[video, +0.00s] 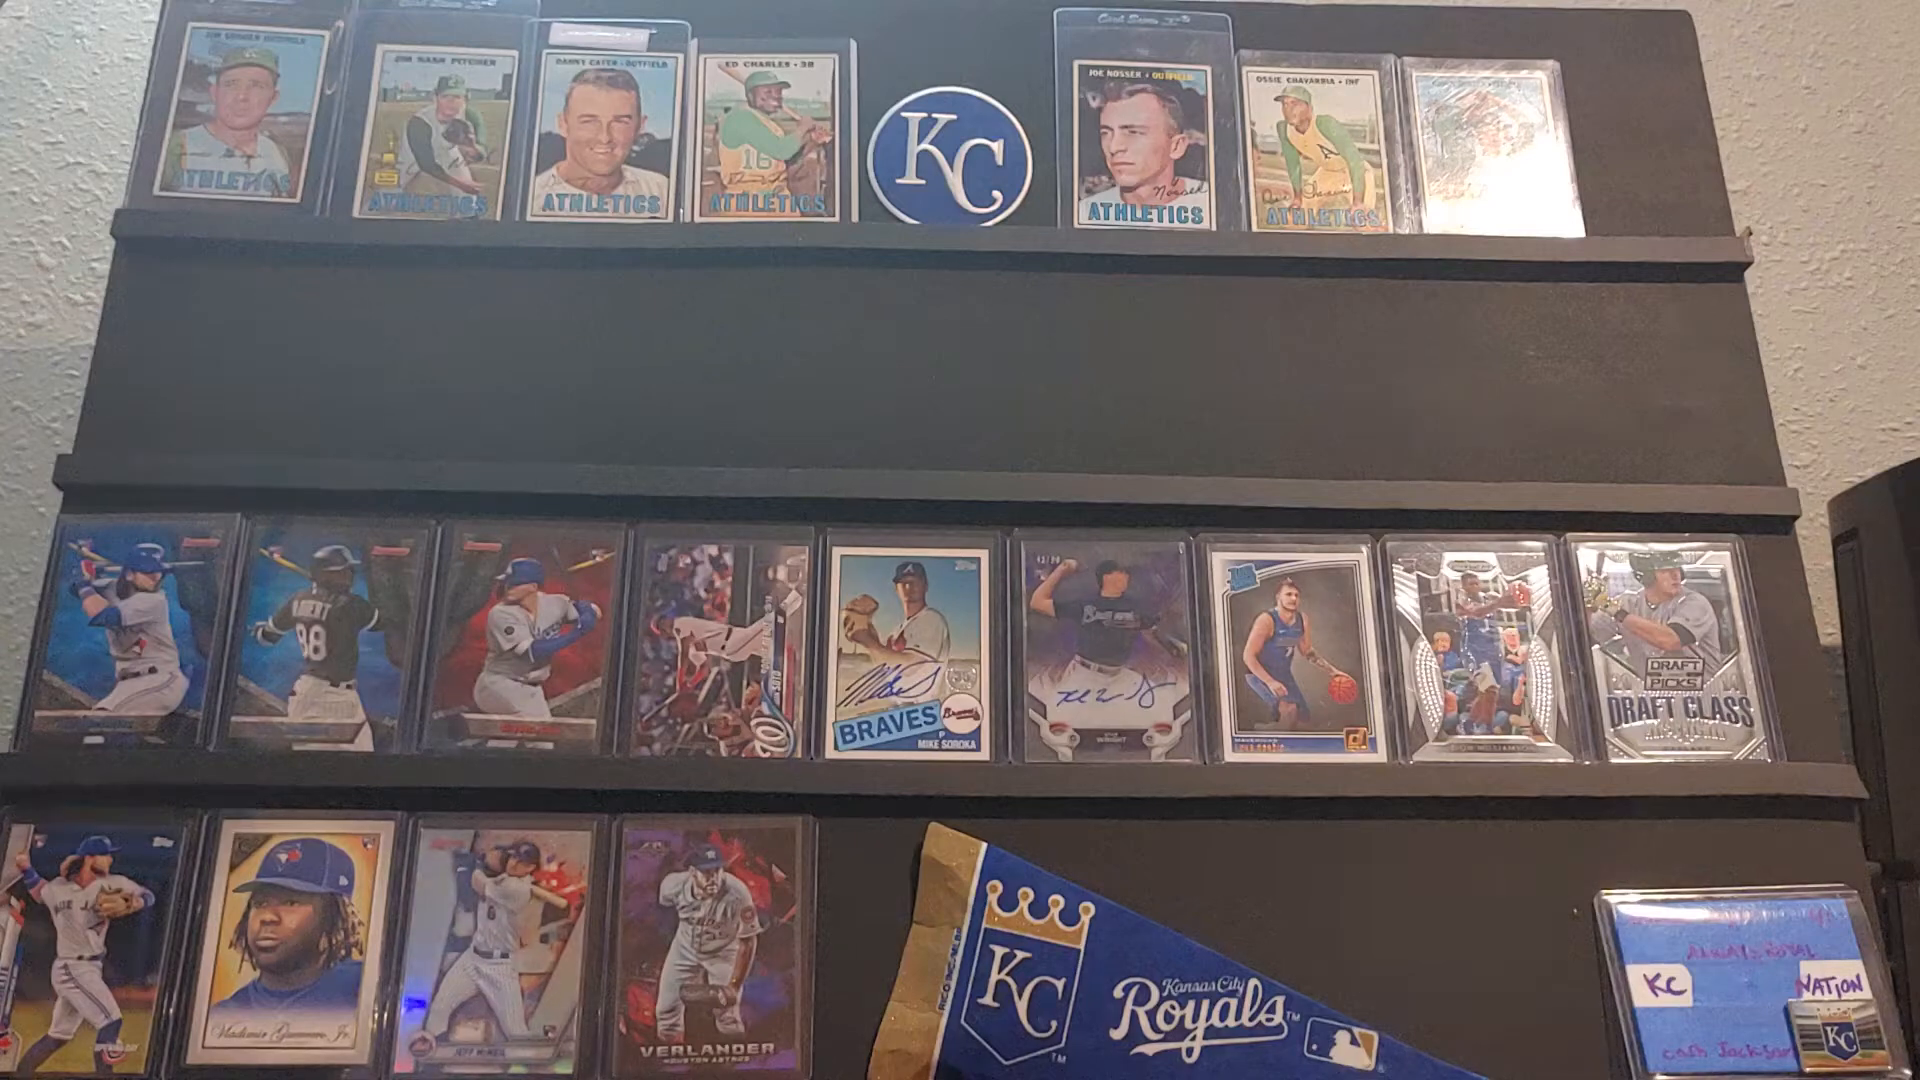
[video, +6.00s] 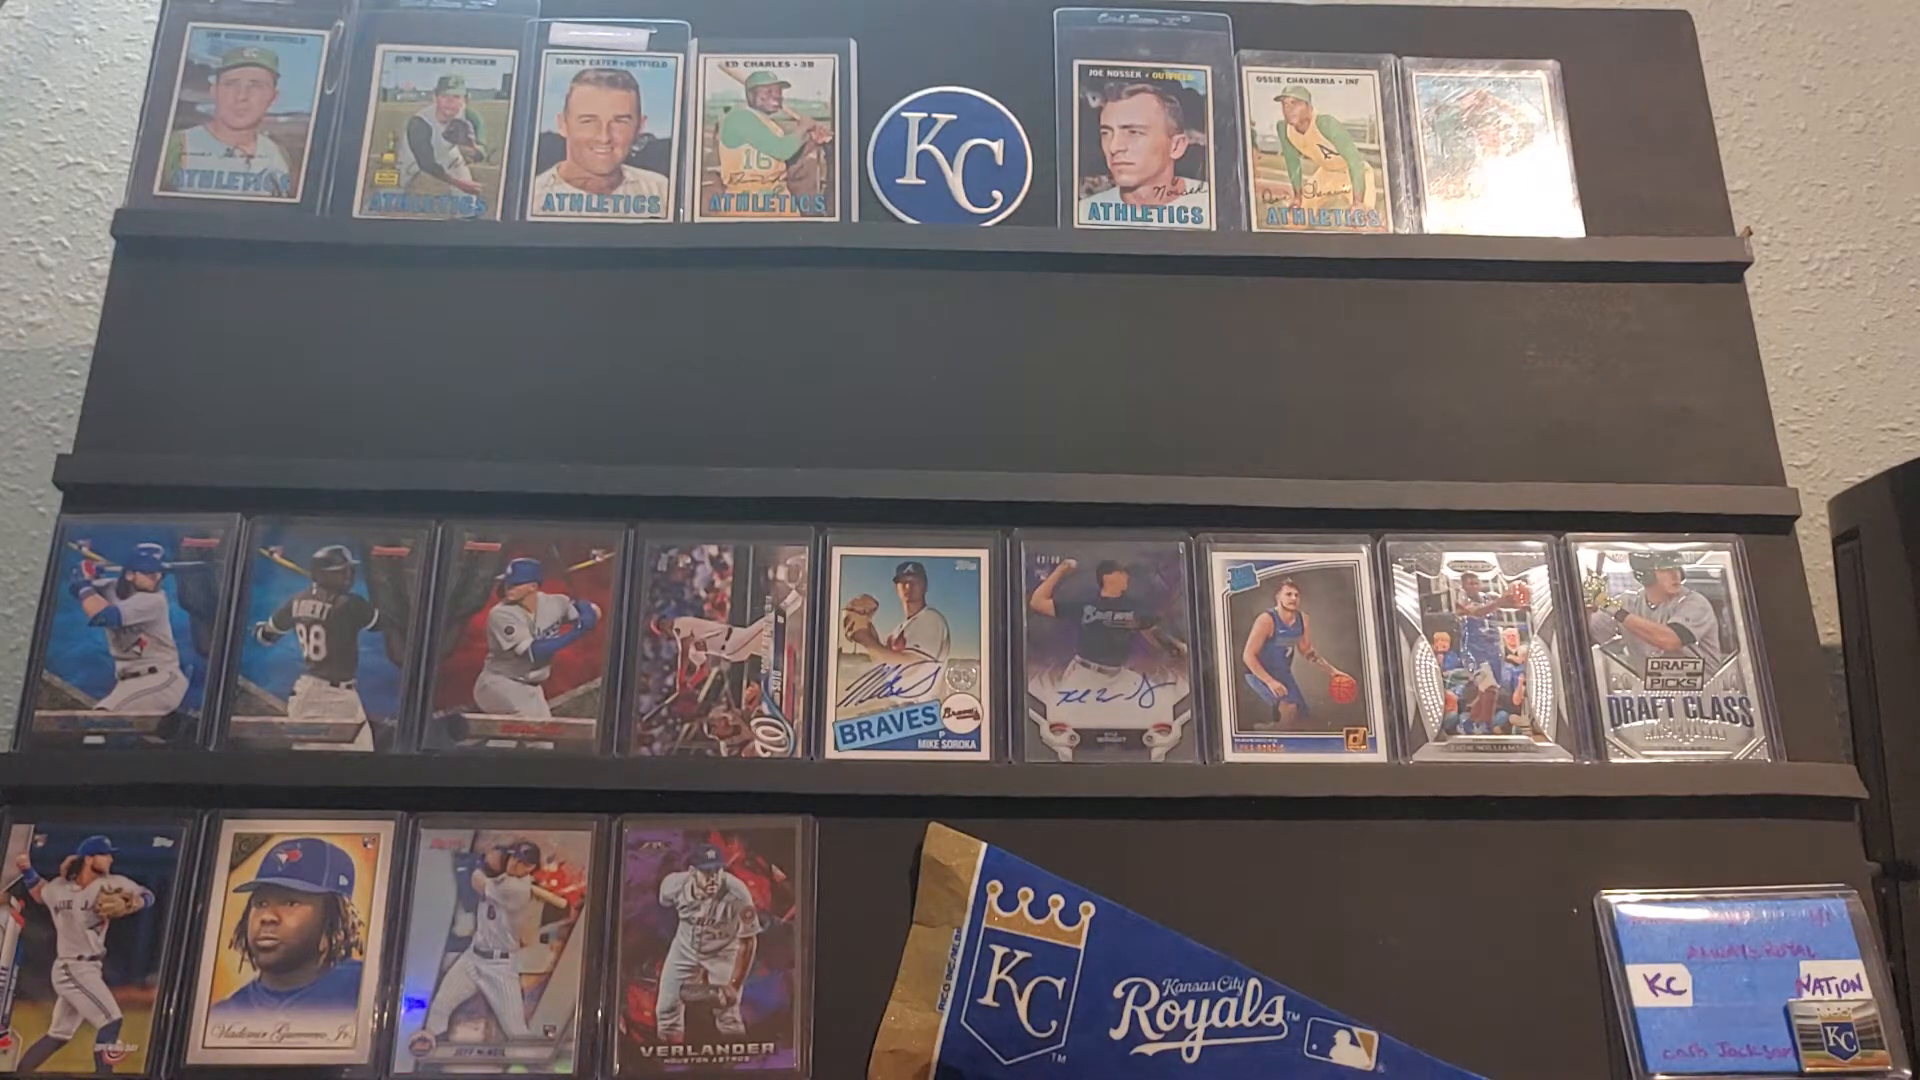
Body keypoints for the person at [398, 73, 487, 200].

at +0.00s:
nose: (451, 102)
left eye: (457, 97)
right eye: (446, 97)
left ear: (464, 100)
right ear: (437, 98)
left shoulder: (470, 116)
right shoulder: (419, 122)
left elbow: (480, 153)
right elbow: (427, 166)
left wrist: (470, 150)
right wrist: (462, 185)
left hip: (454, 165)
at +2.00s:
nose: (451, 102)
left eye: (457, 97)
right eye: (445, 96)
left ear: (464, 100)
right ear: (436, 97)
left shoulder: (467, 117)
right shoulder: (419, 123)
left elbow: (481, 154)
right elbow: (428, 166)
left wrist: (469, 150)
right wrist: (462, 185)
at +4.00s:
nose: (450, 102)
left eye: (456, 97)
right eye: (444, 96)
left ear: (465, 101)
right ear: (436, 98)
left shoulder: (468, 117)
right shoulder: (419, 123)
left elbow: (481, 154)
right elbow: (427, 165)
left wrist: (470, 151)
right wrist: (462, 185)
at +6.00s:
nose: (450, 101)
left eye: (456, 97)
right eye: (445, 96)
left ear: (464, 100)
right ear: (436, 98)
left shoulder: (470, 117)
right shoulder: (419, 123)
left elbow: (481, 153)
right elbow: (427, 165)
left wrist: (469, 149)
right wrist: (461, 185)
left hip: (454, 164)